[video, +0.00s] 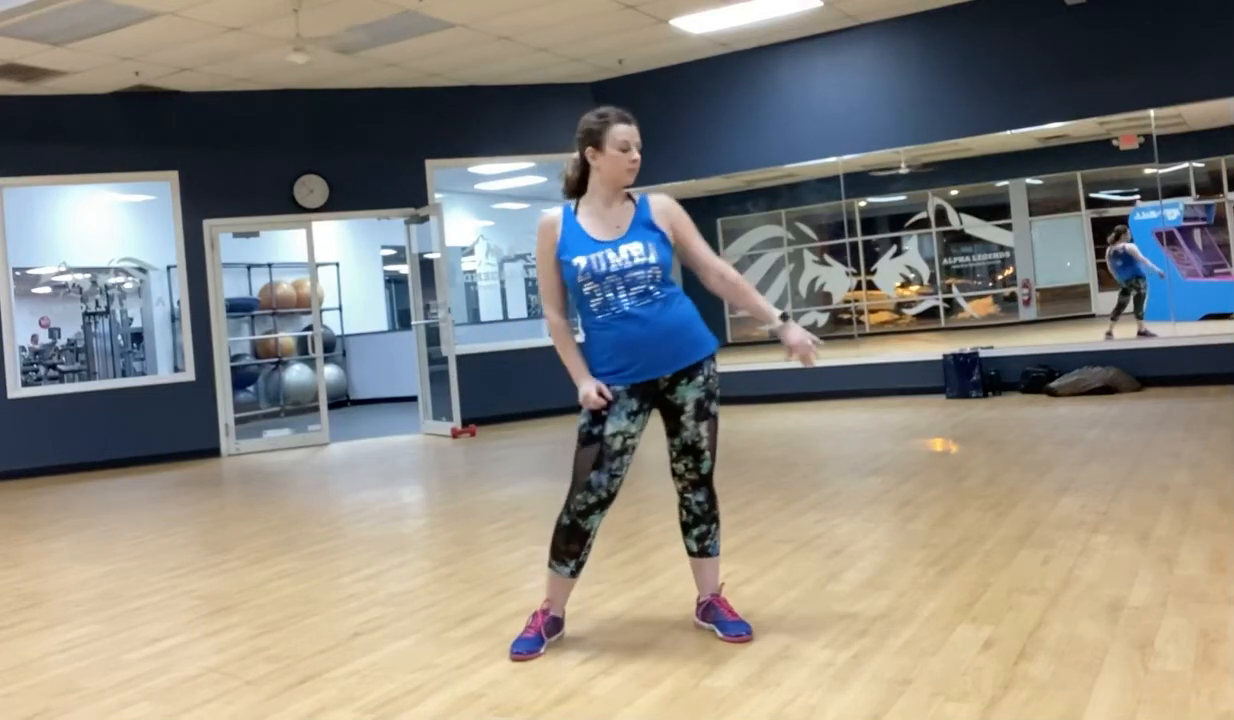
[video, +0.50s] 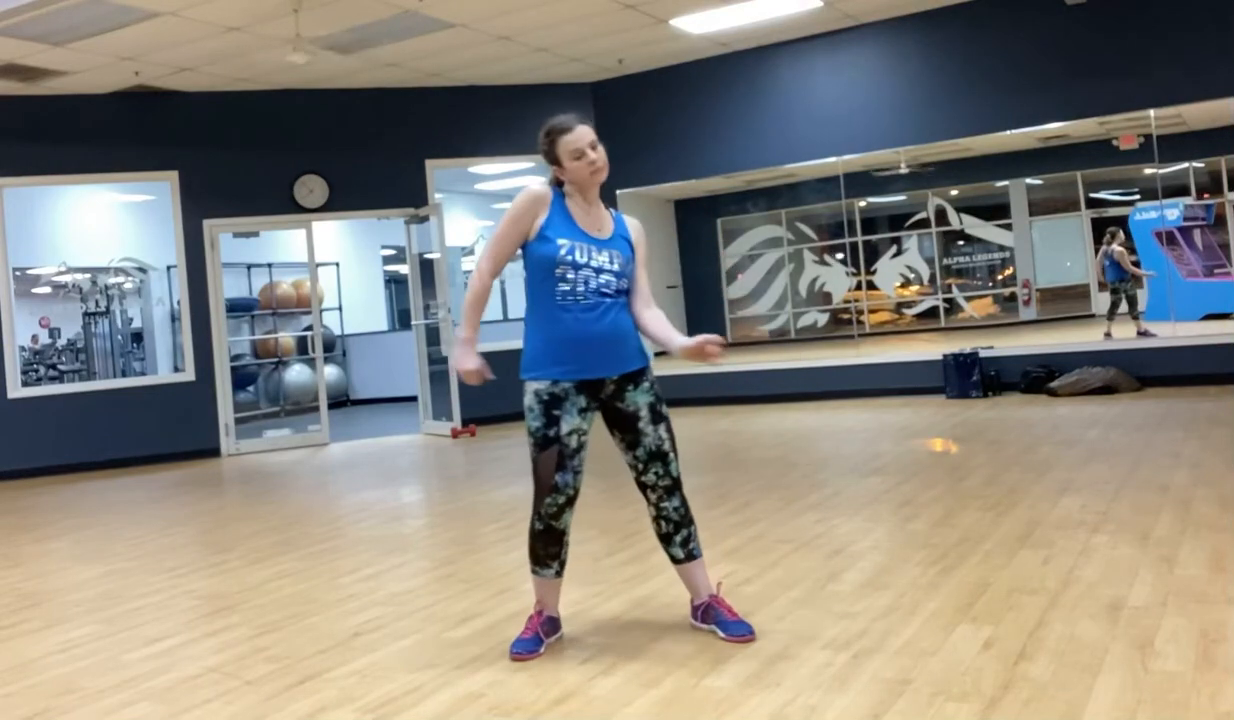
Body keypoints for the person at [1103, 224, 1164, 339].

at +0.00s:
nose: (1129, 236)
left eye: (1129, 233)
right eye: (1128, 234)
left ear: (1117, 236)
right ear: (1123, 235)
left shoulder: (1109, 250)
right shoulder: (1130, 247)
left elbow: (1110, 268)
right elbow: (1143, 260)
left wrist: (1119, 280)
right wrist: (1158, 270)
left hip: (1125, 281)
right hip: (1138, 279)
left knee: (1120, 305)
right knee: (1139, 303)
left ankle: (1110, 330)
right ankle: (1141, 328)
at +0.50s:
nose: (1123, 236)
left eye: (1122, 233)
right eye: (1121, 234)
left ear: (1111, 237)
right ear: (1117, 236)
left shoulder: (1104, 249)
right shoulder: (1120, 251)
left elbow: (1098, 262)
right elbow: (1129, 267)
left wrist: (1100, 276)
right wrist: (1145, 273)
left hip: (1112, 281)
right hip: (1125, 281)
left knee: (1114, 304)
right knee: (1133, 303)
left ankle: (1108, 330)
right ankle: (1140, 328)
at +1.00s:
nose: (1123, 234)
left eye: (1121, 233)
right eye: (1121, 233)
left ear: (1110, 237)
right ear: (1119, 235)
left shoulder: (1107, 249)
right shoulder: (1131, 245)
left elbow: (1105, 266)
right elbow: (1140, 259)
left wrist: (1106, 280)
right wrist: (1143, 272)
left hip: (1115, 279)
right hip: (1132, 278)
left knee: (1111, 304)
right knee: (1140, 301)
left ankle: (1107, 330)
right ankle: (1142, 328)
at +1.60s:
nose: (1123, 235)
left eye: (1122, 233)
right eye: (1122, 233)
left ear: (1110, 236)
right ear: (1120, 235)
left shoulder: (1104, 248)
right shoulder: (1125, 248)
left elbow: (1095, 262)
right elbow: (1133, 265)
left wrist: (1090, 275)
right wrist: (1147, 270)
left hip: (1114, 281)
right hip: (1129, 279)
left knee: (1114, 305)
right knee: (1134, 304)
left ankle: (1108, 330)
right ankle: (1141, 328)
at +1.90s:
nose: (1121, 234)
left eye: (1119, 232)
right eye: (1119, 233)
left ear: (1107, 235)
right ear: (1117, 235)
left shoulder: (1102, 247)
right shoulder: (1122, 247)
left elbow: (1089, 256)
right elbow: (1127, 264)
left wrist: (1077, 264)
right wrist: (1135, 275)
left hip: (1109, 280)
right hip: (1124, 279)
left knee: (1111, 304)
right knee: (1134, 301)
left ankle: (1107, 330)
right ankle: (1140, 326)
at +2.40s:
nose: (1129, 234)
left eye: (1128, 232)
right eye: (1127, 233)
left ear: (1117, 237)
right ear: (1124, 236)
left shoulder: (1116, 247)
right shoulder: (1129, 245)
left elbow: (1103, 256)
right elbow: (1128, 259)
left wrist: (1090, 260)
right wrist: (1133, 276)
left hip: (1118, 280)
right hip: (1128, 280)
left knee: (1119, 302)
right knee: (1145, 302)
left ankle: (1101, 322)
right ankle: (1139, 328)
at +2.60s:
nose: (1131, 236)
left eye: (1129, 235)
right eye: (1129, 235)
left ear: (1120, 240)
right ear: (1126, 238)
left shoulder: (1121, 249)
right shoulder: (1127, 248)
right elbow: (1120, 261)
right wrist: (1128, 276)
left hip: (1121, 284)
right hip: (1129, 283)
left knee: (1118, 303)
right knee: (1149, 303)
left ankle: (1098, 323)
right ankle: (1139, 328)